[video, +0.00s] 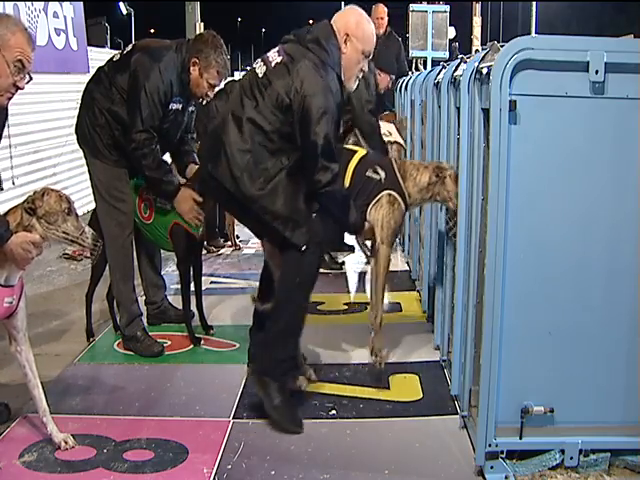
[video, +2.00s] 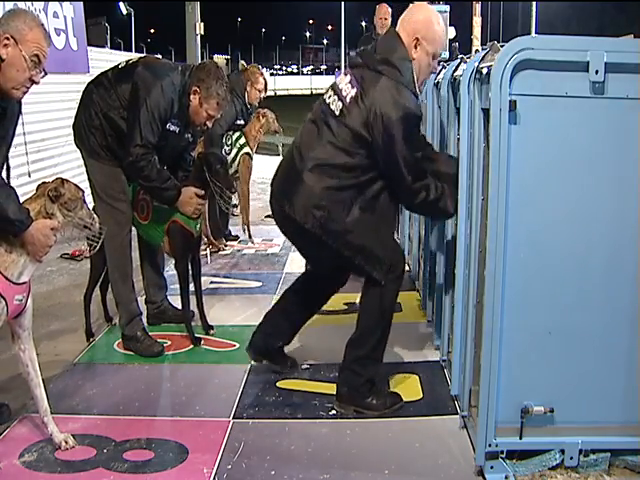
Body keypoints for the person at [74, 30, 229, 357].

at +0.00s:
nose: (211, 93)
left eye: (216, 87)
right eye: (210, 85)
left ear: (197, 65)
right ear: (193, 66)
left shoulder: (189, 78)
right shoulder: (155, 72)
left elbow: (183, 133)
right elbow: (140, 140)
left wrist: (190, 166)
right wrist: (173, 189)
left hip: (139, 138)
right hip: (104, 134)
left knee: (147, 221)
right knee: (119, 224)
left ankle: (157, 305)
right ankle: (130, 325)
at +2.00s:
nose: (210, 124)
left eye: (215, 118)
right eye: (209, 116)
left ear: (196, 94)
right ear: (193, 95)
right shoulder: (157, 89)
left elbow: (181, 155)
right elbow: (136, 155)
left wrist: (185, 188)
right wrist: (175, 195)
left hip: (137, 134)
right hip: (100, 131)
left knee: (150, 217)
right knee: (119, 222)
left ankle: (157, 305)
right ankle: (131, 326)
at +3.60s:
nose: (211, 71)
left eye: (216, 65)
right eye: (209, 63)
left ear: (199, 48)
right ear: (190, 47)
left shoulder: (192, 66)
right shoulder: (149, 58)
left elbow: (188, 121)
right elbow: (140, 129)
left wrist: (194, 147)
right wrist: (182, 151)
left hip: (153, 141)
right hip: (113, 139)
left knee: (169, 213)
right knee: (136, 216)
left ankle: (164, 297)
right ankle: (131, 322)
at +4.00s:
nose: (240, 71)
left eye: (245, 65)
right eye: (238, 63)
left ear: (230, 50)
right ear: (220, 46)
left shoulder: (221, 70)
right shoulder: (182, 54)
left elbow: (216, 122)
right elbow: (169, 120)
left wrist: (223, 145)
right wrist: (208, 149)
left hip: (183, 144)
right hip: (142, 139)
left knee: (199, 217)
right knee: (152, 219)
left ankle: (210, 301)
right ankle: (134, 324)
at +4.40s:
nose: (272, 52)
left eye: (275, 45)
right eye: (270, 44)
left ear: (261, 39)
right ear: (256, 37)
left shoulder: (257, 56)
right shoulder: (222, 42)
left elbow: (252, 108)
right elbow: (208, 106)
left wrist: (255, 138)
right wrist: (241, 141)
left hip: (209, 134)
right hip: (173, 127)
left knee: (214, 212)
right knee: (190, 213)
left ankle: (211, 300)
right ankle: (169, 315)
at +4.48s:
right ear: (263, 23)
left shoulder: (259, 47)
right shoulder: (226, 38)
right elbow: (215, 106)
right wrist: (251, 142)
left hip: (208, 134)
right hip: (179, 129)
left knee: (217, 216)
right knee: (199, 220)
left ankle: (213, 300)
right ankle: (202, 322)